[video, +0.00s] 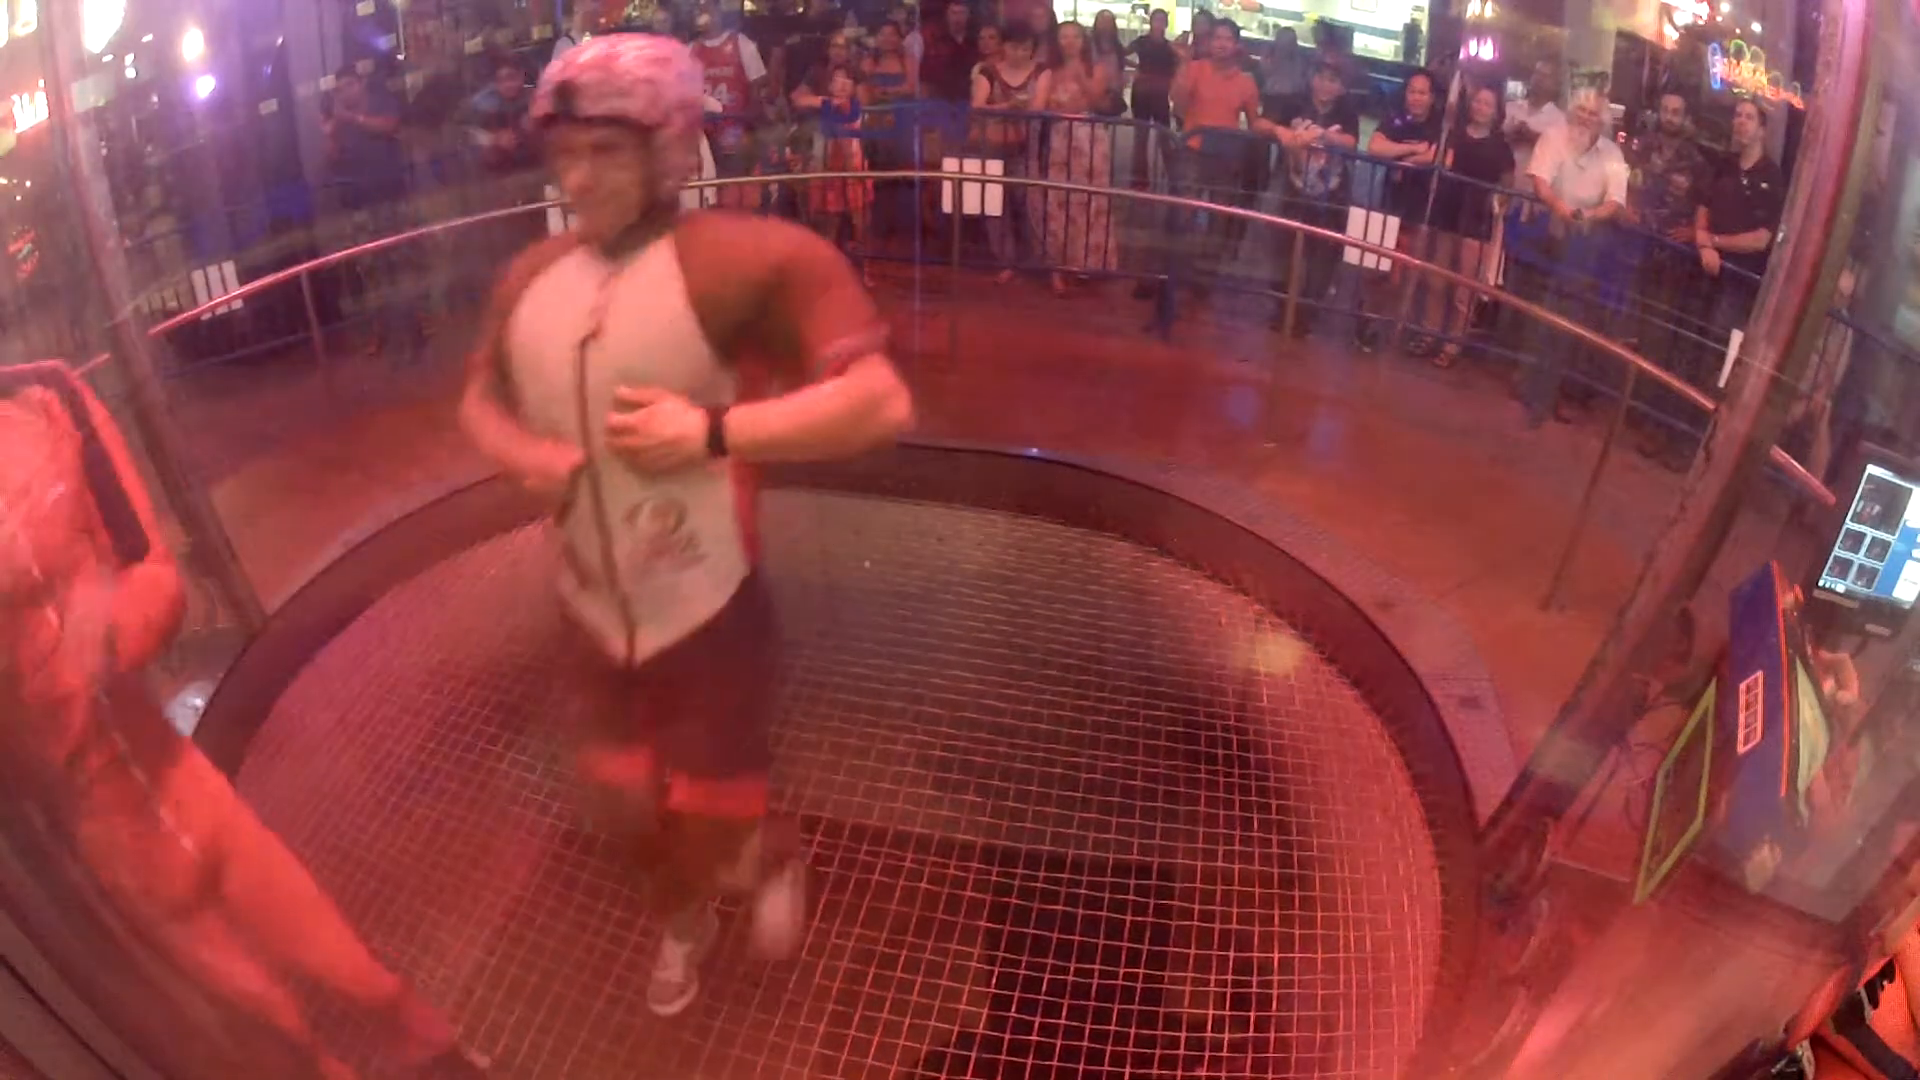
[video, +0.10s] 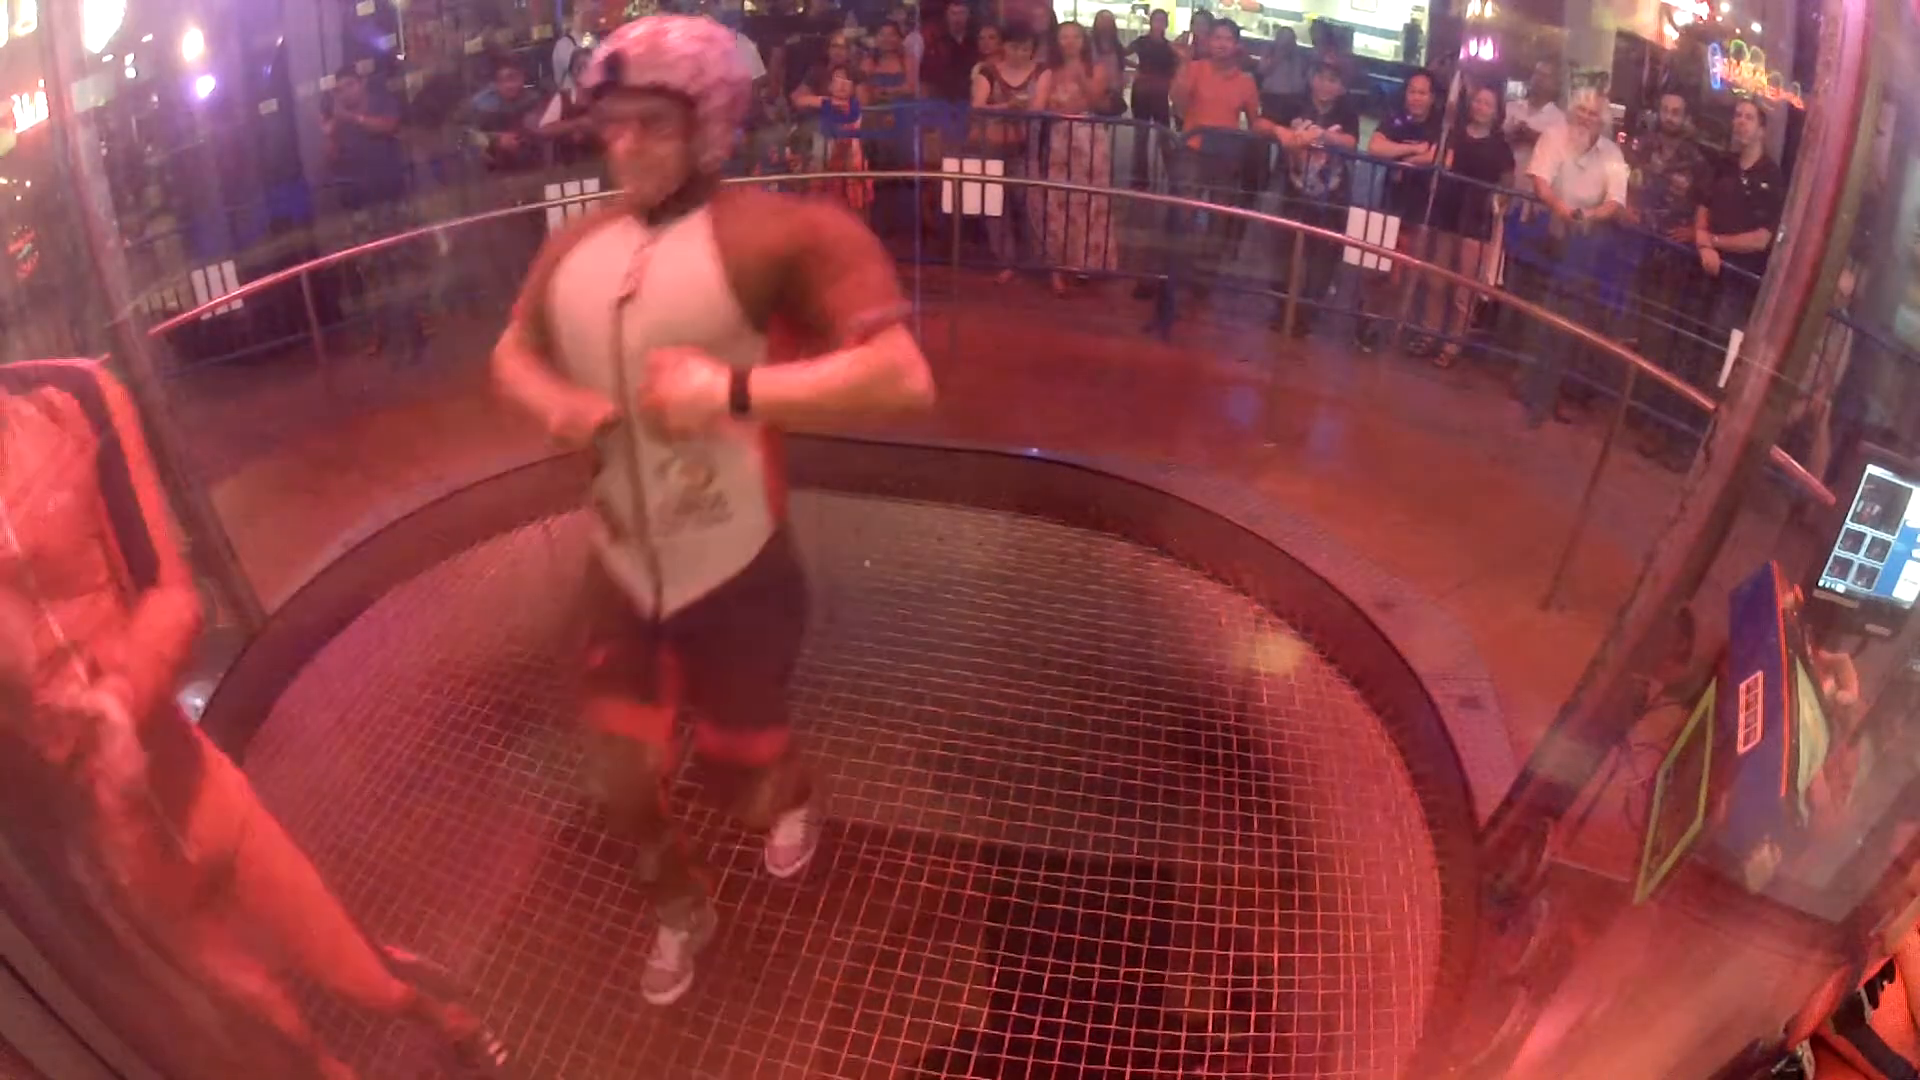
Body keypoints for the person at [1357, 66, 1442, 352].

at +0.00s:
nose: (1416, 98)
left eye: (1422, 93)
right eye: (1412, 91)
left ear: (1432, 99)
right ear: (1404, 95)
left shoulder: (1439, 129)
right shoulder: (1394, 122)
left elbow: (1439, 159)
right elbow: (1375, 147)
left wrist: (1403, 158)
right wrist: (1416, 148)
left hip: (1422, 213)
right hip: (1390, 209)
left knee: (1408, 275)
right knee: (1378, 269)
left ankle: (1397, 326)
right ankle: (1368, 319)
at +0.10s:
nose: (1416, 98)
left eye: (1422, 93)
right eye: (1412, 91)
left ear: (1433, 99)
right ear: (1405, 95)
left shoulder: (1439, 129)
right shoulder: (1394, 121)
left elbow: (1438, 159)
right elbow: (1375, 147)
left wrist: (1402, 158)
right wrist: (1416, 148)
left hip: (1423, 213)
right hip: (1390, 208)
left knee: (1408, 275)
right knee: (1378, 269)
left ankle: (1396, 325)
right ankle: (1368, 319)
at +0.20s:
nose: (1416, 98)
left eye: (1422, 93)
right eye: (1412, 92)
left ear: (1433, 99)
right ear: (1405, 95)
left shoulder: (1440, 129)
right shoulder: (1394, 121)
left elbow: (1440, 159)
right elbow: (1375, 147)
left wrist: (1403, 158)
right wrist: (1416, 148)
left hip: (1423, 213)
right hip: (1391, 209)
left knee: (1408, 275)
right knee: (1378, 269)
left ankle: (1397, 326)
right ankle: (1368, 320)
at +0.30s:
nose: (1416, 98)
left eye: (1422, 93)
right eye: (1412, 92)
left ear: (1433, 99)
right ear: (1404, 95)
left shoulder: (1440, 128)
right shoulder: (1394, 121)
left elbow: (1441, 159)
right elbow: (1375, 147)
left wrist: (1405, 159)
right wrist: (1416, 148)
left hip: (1423, 212)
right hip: (1391, 208)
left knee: (1408, 274)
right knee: (1378, 269)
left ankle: (1397, 326)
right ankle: (1368, 319)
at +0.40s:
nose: (1416, 98)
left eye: (1422, 93)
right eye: (1412, 92)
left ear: (1433, 99)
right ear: (1405, 95)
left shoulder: (1439, 129)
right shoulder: (1394, 122)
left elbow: (1440, 159)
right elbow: (1375, 147)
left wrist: (1405, 159)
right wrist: (1416, 148)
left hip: (1423, 213)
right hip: (1391, 209)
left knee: (1408, 275)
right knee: (1378, 269)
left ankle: (1399, 326)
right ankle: (1367, 320)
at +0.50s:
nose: (1416, 98)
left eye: (1422, 93)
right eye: (1412, 92)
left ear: (1433, 98)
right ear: (1405, 95)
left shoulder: (1439, 128)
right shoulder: (1394, 121)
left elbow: (1441, 159)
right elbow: (1375, 147)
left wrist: (1407, 160)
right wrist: (1417, 148)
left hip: (1423, 213)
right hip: (1391, 209)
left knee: (1409, 275)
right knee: (1379, 269)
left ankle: (1399, 326)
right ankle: (1367, 320)